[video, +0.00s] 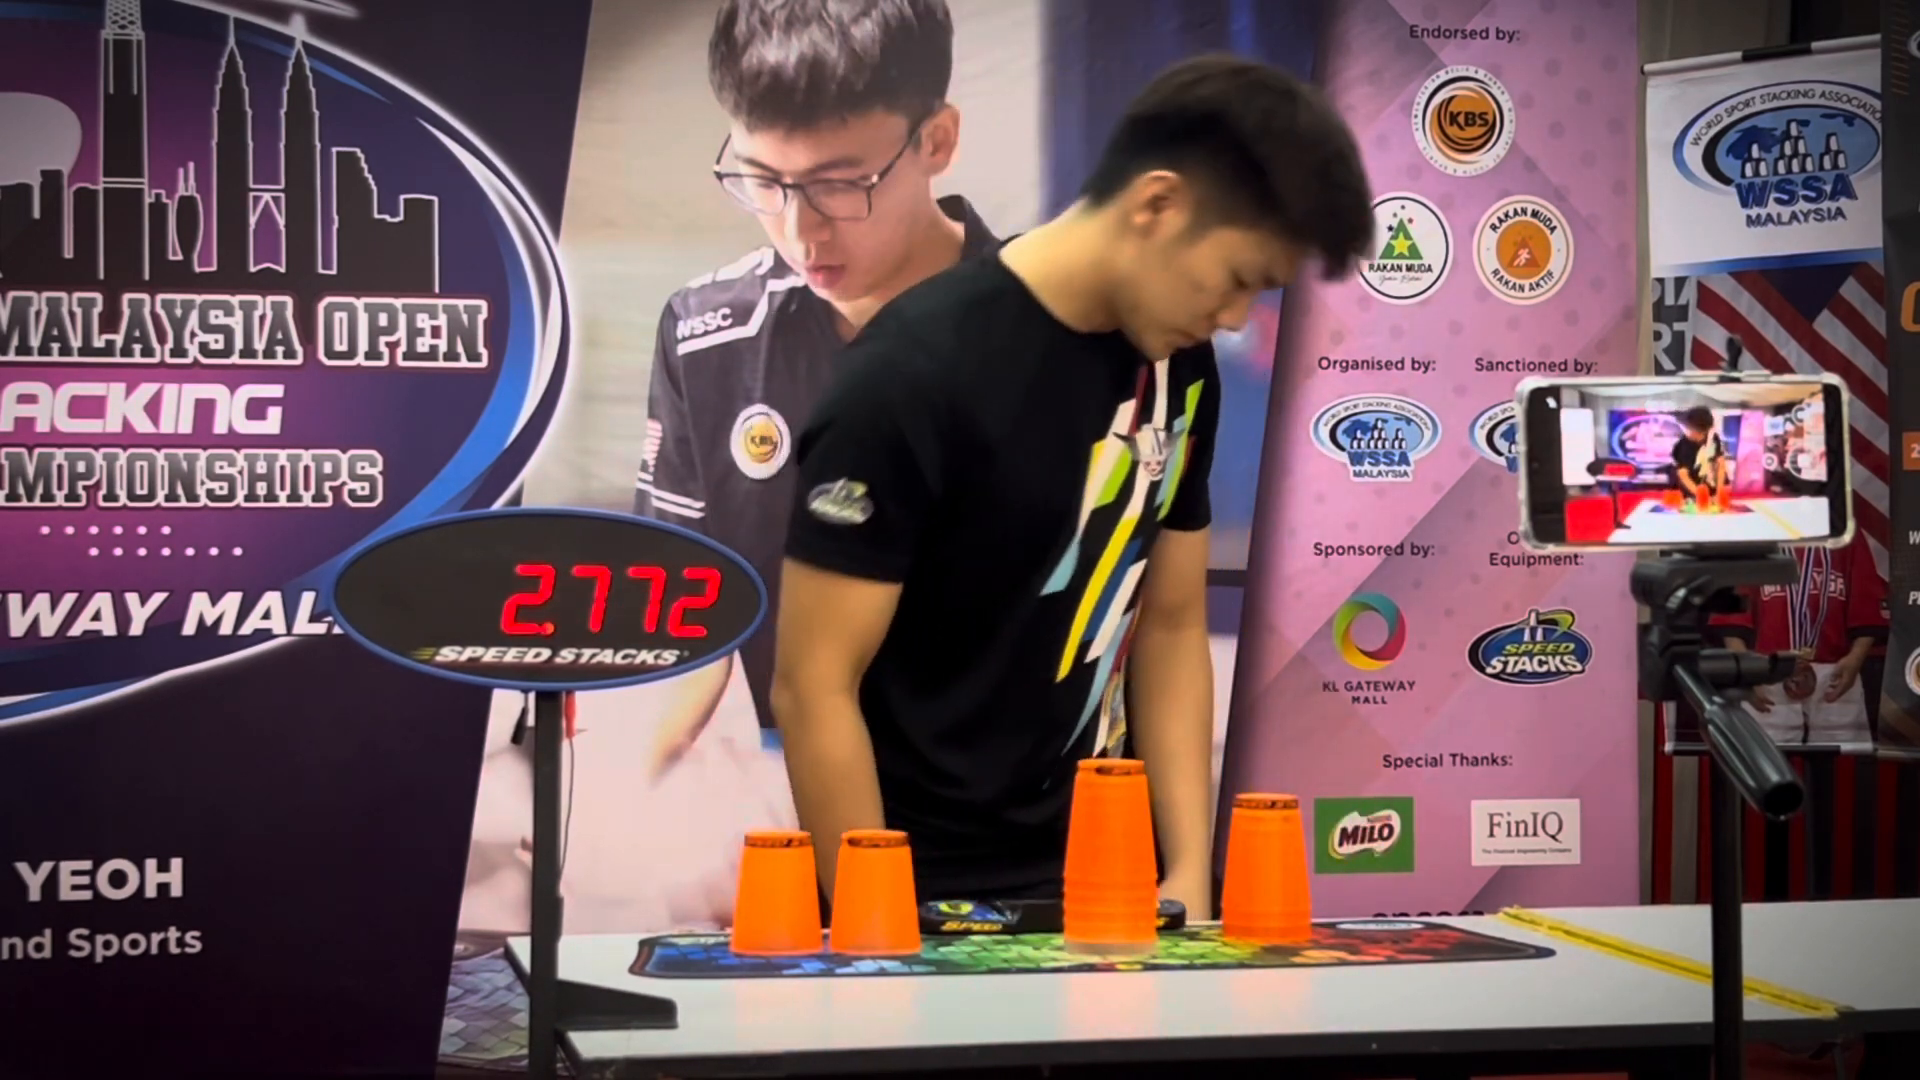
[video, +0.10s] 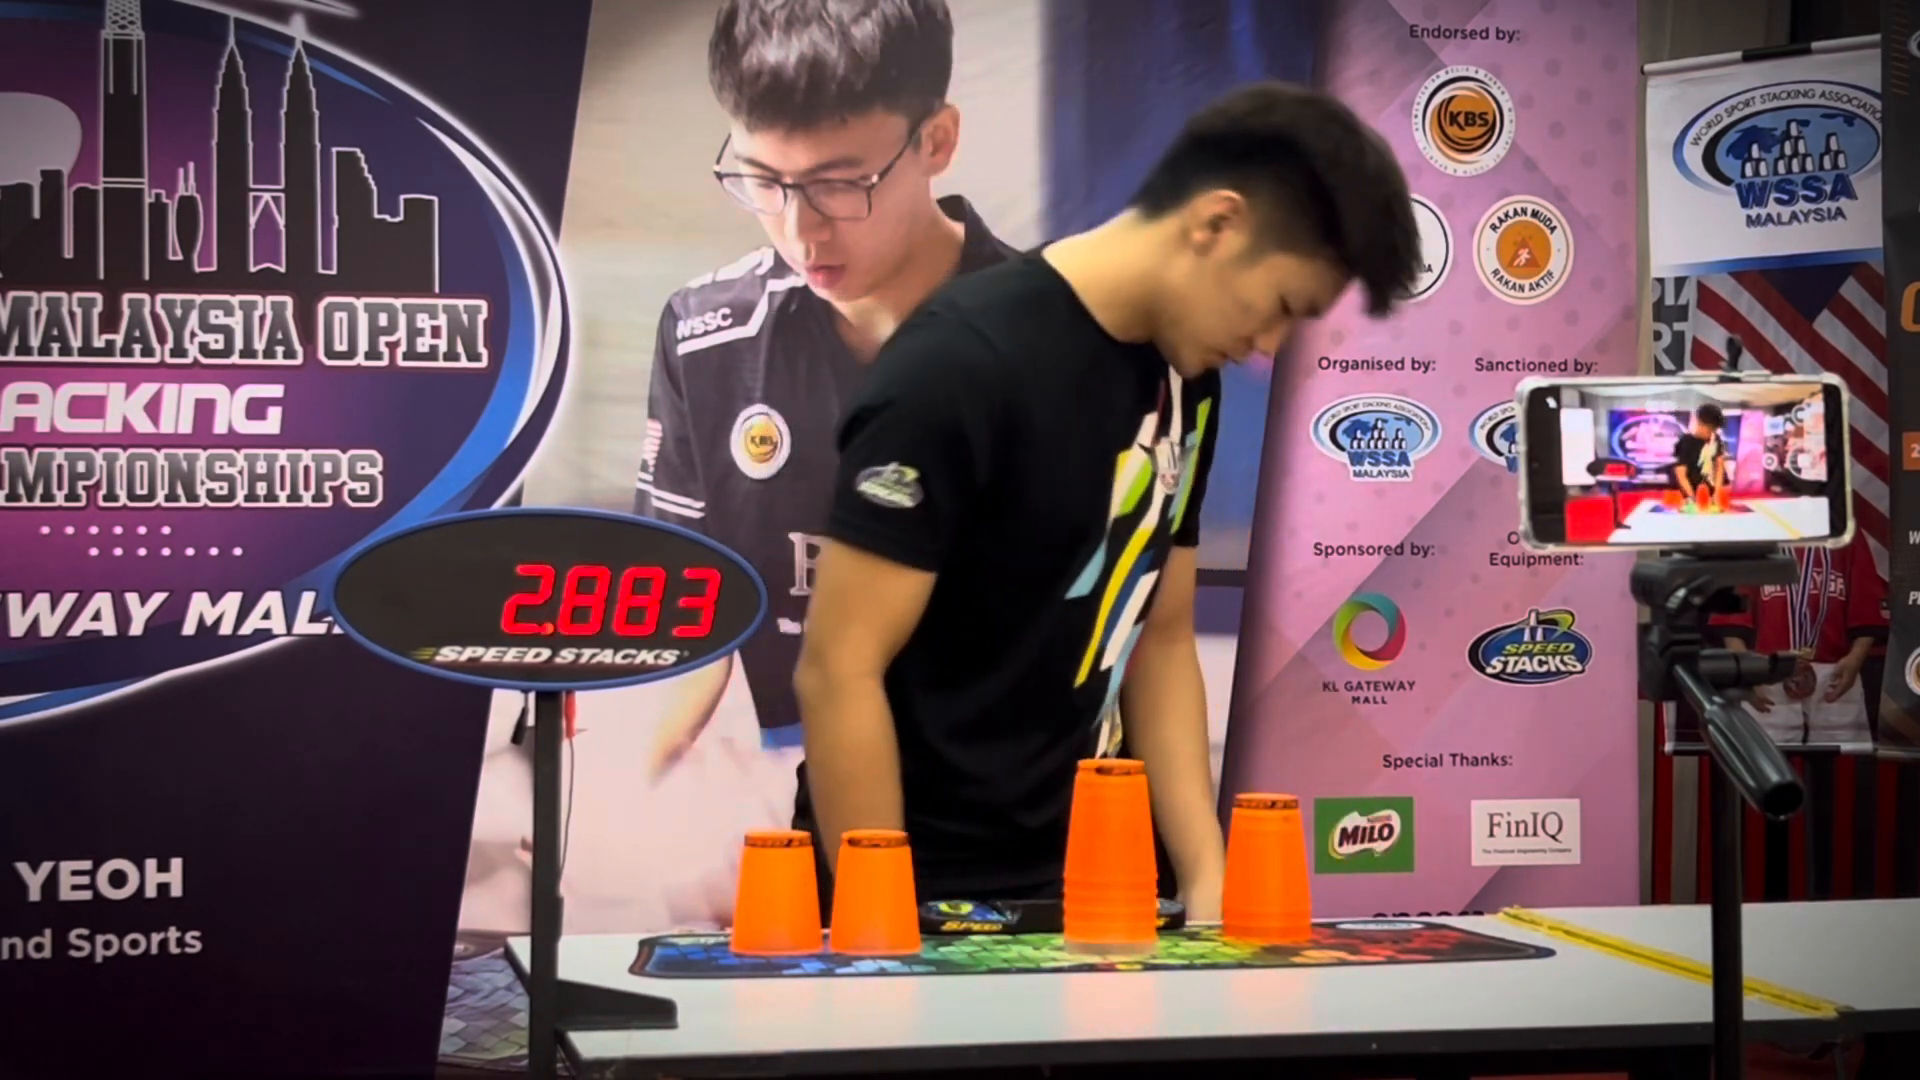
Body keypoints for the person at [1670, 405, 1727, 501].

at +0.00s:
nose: (1700, 436)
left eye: (1703, 432)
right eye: (1696, 432)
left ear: (1708, 430)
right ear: (1688, 428)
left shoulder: (1713, 439)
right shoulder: (1682, 446)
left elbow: (1720, 463)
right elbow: (1682, 473)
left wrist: (1719, 490)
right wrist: (1697, 492)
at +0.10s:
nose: (1710, 433)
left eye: (1713, 429)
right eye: (1708, 428)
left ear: (1716, 428)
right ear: (1699, 424)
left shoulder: (1716, 441)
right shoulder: (1686, 441)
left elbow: (1719, 466)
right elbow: (1680, 471)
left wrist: (1717, 492)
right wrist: (1691, 496)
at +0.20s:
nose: (1718, 431)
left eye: (1720, 427)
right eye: (1717, 426)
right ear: (1708, 420)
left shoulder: (1717, 441)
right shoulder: (1689, 439)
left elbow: (1719, 466)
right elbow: (1679, 470)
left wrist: (1717, 492)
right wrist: (1687, 497)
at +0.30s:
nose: (1724, 434)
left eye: (1726, 430)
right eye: (1724, 428)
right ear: (1715, 420)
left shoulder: (1717, 442)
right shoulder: (1693, 438)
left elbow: (1718, 466)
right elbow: (1680, 468)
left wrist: (1720, 490)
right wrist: (1685, 497)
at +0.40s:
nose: (1727, 439)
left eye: (1730, 436)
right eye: (1729, 434)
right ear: (1723, 425)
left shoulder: (1718, 443)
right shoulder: (1696, 440)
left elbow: (1718, 468)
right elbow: (1683, 470)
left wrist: (1721, 492)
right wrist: (1687, 497)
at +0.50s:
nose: (1730, 443)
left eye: (1733, 441)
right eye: (1731, 438)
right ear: (1726, 429)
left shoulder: (1719, 444)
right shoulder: (1700, 441)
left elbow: (1719, 469)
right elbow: (1685, 469)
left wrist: (1721, 492)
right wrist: (1687, 498)